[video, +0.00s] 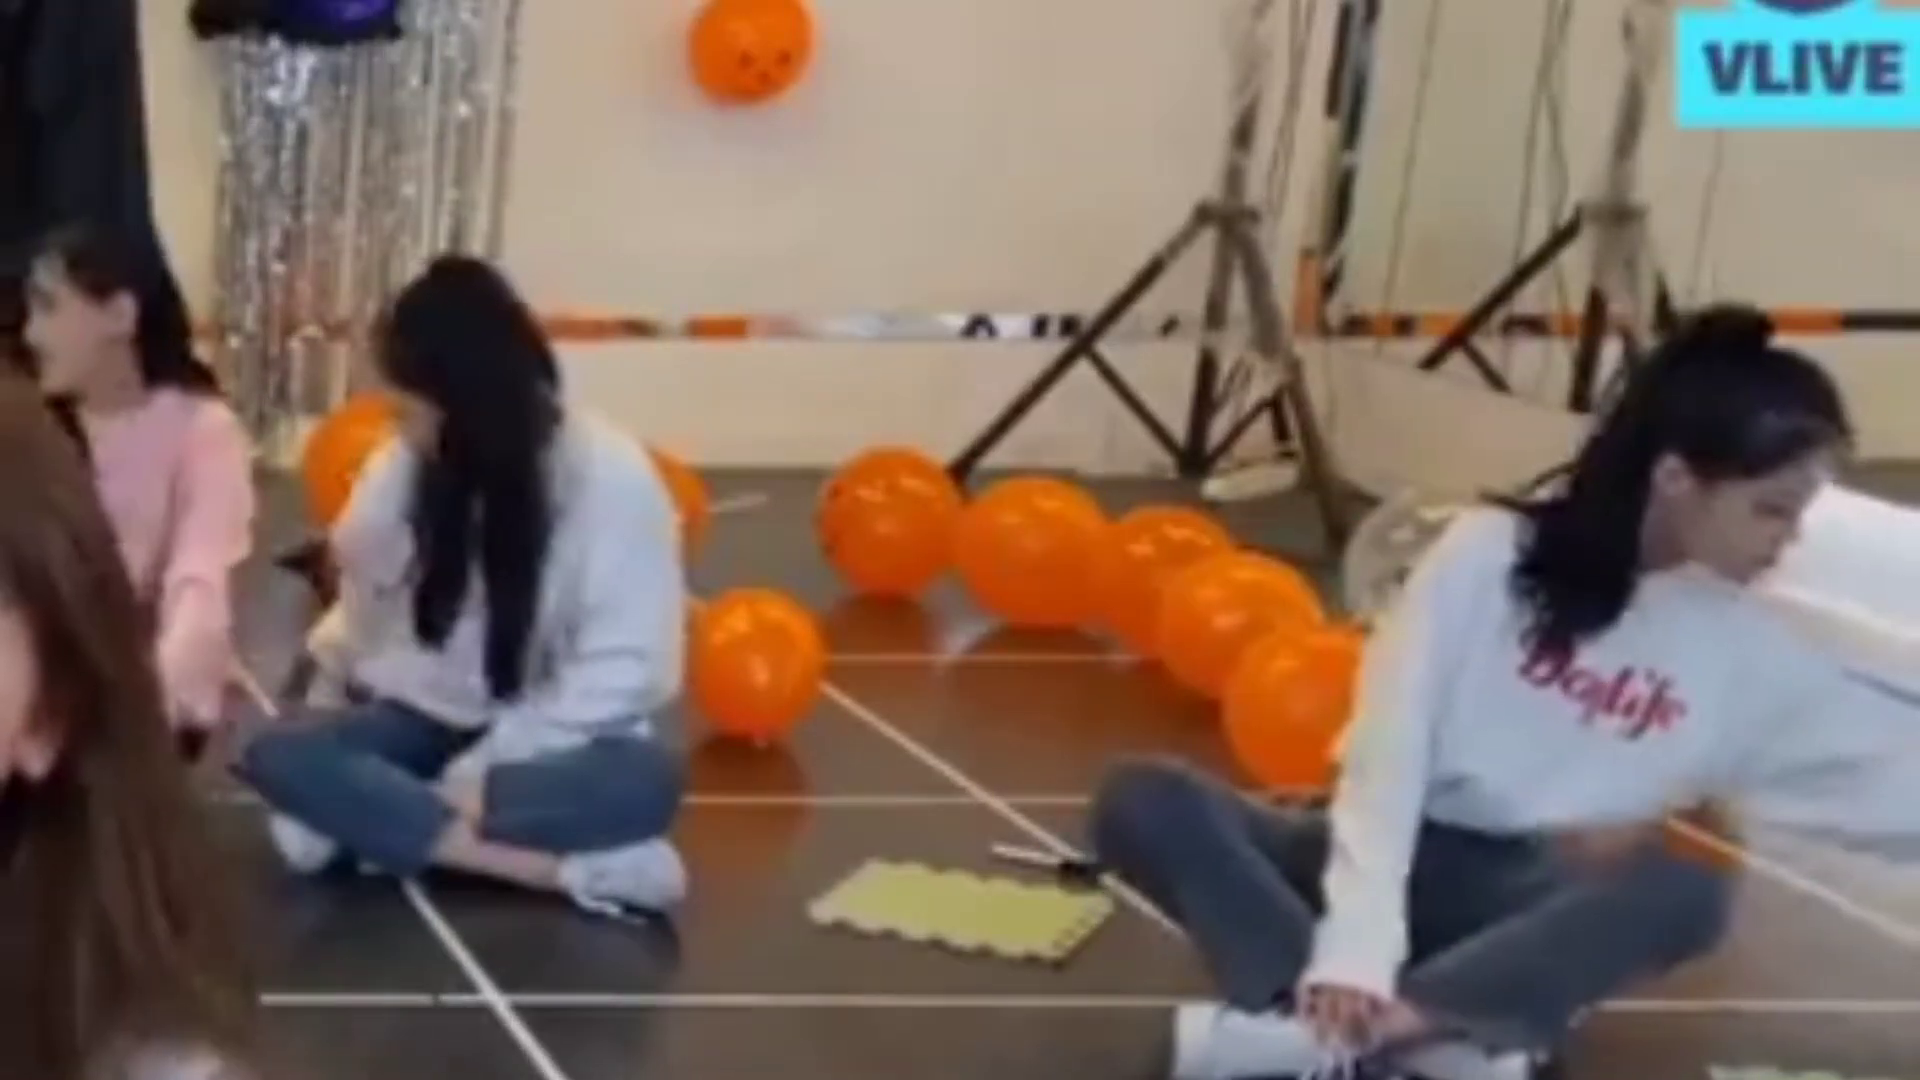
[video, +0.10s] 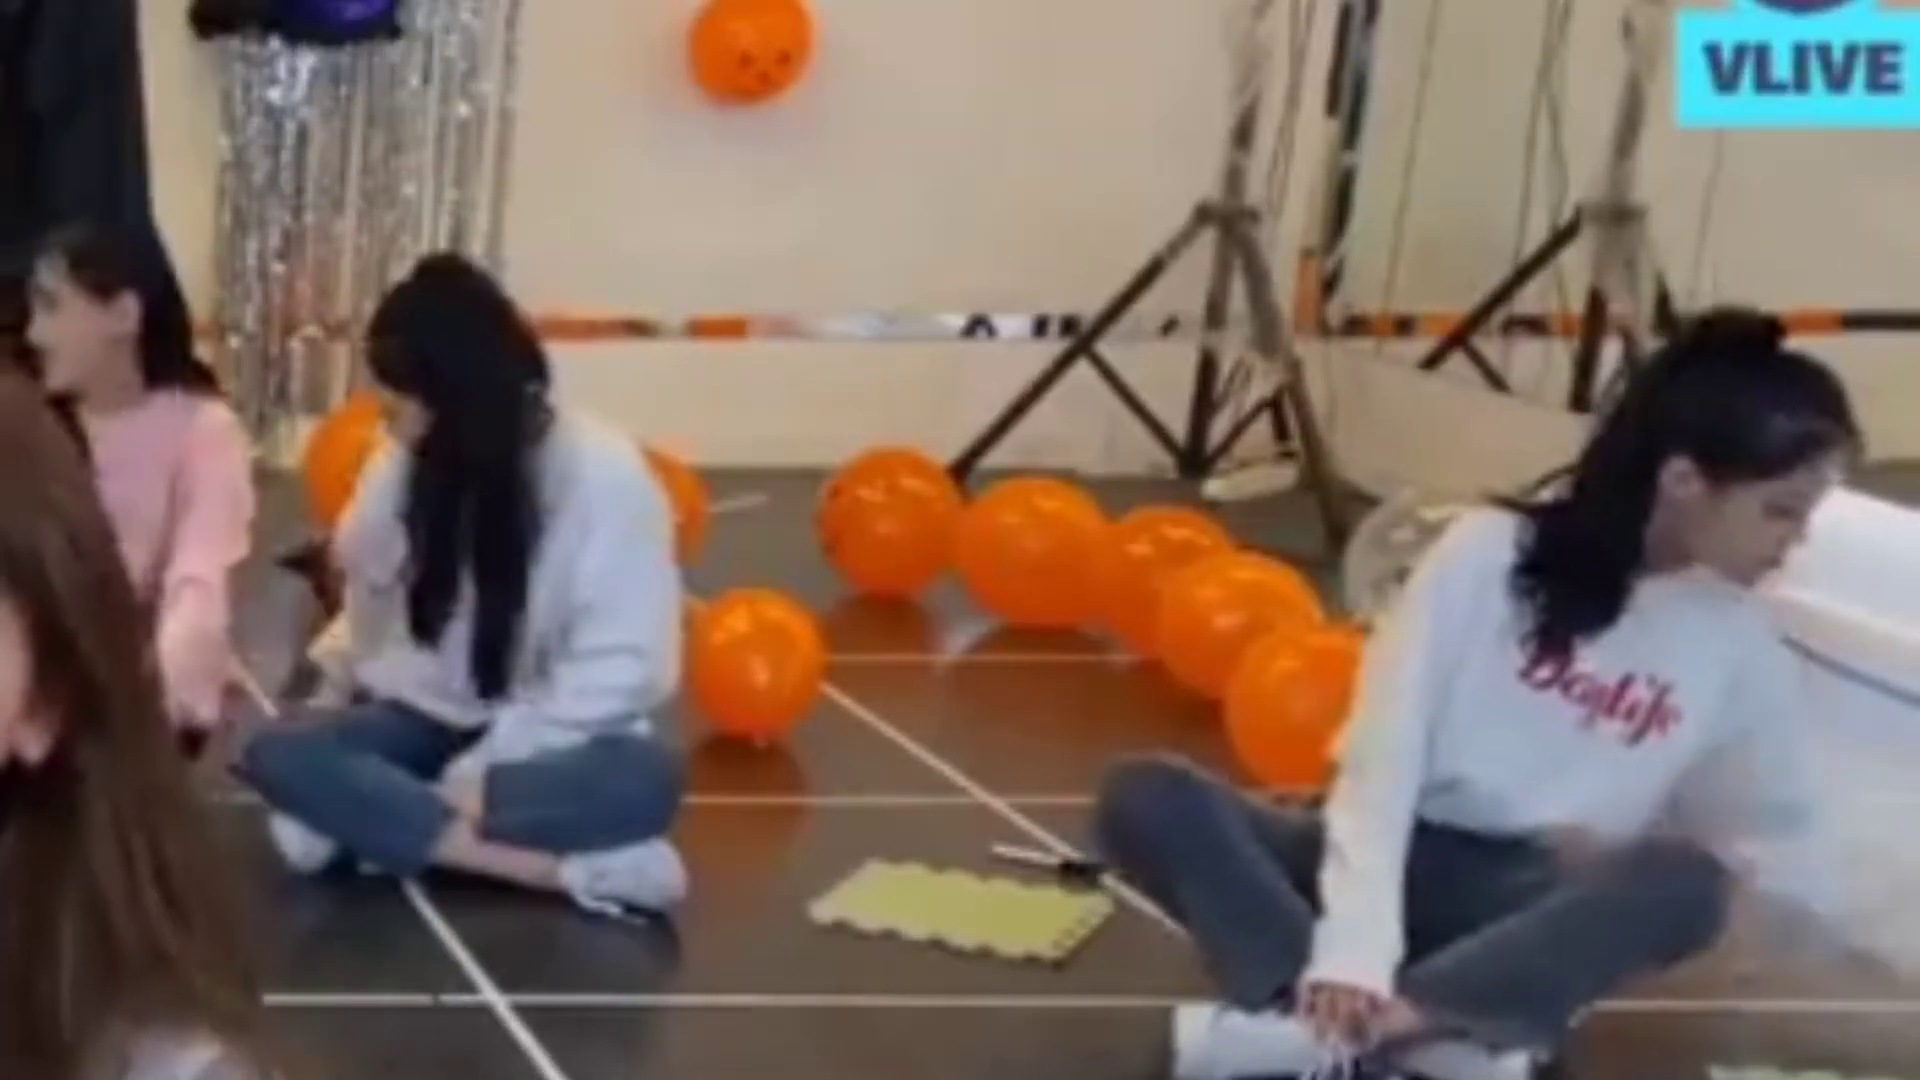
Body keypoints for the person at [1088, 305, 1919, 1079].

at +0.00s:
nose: (1796, 529)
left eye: (1807, 502)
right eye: (1777, 503)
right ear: (1676, 481)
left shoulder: (1745, 657)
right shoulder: (1482, 553)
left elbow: (1901, 766)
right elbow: (1382, 758)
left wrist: (1703, 810)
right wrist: (1355, 950)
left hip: (1513, 887)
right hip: (1366, 850)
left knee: (1687, 893)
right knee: (1139, 795)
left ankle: (1326, 1038)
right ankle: (1410, 1045)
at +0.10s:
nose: (1799, 538)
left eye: (1809, 513)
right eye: (1782, 510)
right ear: (1683, 483)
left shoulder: (1736, 647)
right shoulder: (1482, 554)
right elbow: (1376, 761)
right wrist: (1351, 948)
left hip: (1516, 891)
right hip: (1369, 856)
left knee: (1687, 889)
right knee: (1143, 793)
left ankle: (1325, 1038)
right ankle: (1410, 1046)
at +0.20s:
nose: (1808, 550)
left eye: (1818, 524)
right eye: (1796, 520)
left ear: (1701, 492)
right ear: (1696, 487)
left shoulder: (1727, 651)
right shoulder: (1489, 554)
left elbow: (1683, 847)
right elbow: (1379, 757)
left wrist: (1698, 937)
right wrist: (1356, 947)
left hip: (1515, 894)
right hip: (1370, 856)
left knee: (1687, 885)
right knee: (1147, 791)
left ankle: (1325, 1040)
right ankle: (1410, 1044)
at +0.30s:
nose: (1808, 549)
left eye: (1821, 524)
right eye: (1797, 519)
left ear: (1710, 489)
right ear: (1707, 485)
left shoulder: (1727, 650)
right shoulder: (1488, 556)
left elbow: (1705, 833)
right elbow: (1376, 759)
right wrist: (1360, 950)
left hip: (1511, 886)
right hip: (1366, 852)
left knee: (1693, 894)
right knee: (1147, 791)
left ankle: (1332, 1039)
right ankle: (1404, 1043)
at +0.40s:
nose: (1805, 540)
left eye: (1820, 514)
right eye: (1794, 510)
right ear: (1704, 480)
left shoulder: (1728, 650)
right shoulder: (1481, 555)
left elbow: (1805, 819)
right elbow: (1374, 761)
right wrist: (1354, 954)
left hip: (1509, 886)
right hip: (1363, 853)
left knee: (1693, 899)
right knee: (1144, 793)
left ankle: (1329, 1039)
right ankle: (1405, 1045)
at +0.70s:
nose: (1796, 539)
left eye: (1810, 514)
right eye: (1789, 511)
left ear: (1711, 492)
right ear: (1700, 483)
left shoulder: (1720, 638)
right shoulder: (1471, 557)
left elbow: (1718, 827)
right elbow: (1363, 760)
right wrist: (1351, 953)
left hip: (1500, 892)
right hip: (1360, 855)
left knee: (1691, 901)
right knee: (1139, 796)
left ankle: (1326, 1041)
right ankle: (1406, 1046)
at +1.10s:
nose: (1718, 513)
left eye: (1734, 487)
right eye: (1706, 484)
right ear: (1607, 453)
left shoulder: (1680, 627)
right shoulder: (1418, 554)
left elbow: (1689, 821)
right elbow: (1345, 774)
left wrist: (1859, 849)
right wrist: (1469, 884)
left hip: (1508, 899)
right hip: (1354, 866)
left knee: (1680, 890)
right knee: (1119, 816)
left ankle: (1328, 1033)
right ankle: (1393, 1042)